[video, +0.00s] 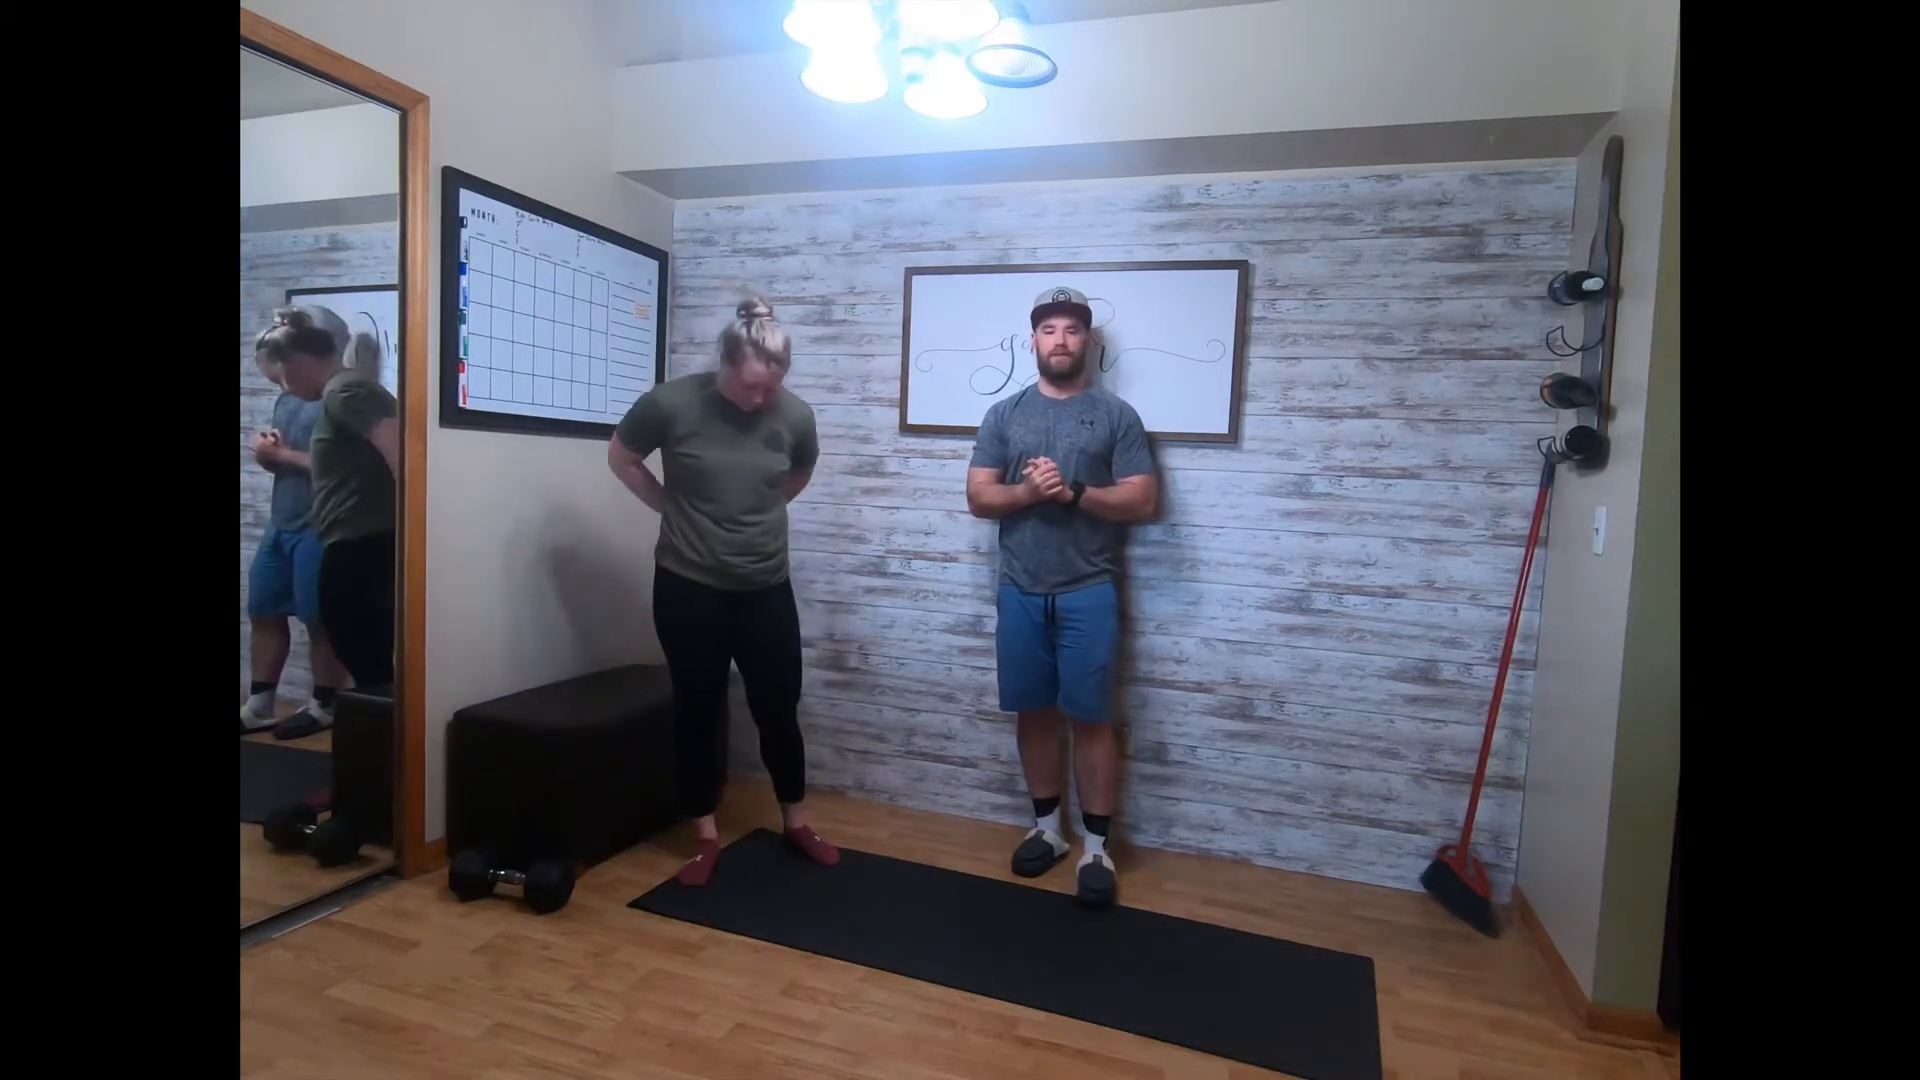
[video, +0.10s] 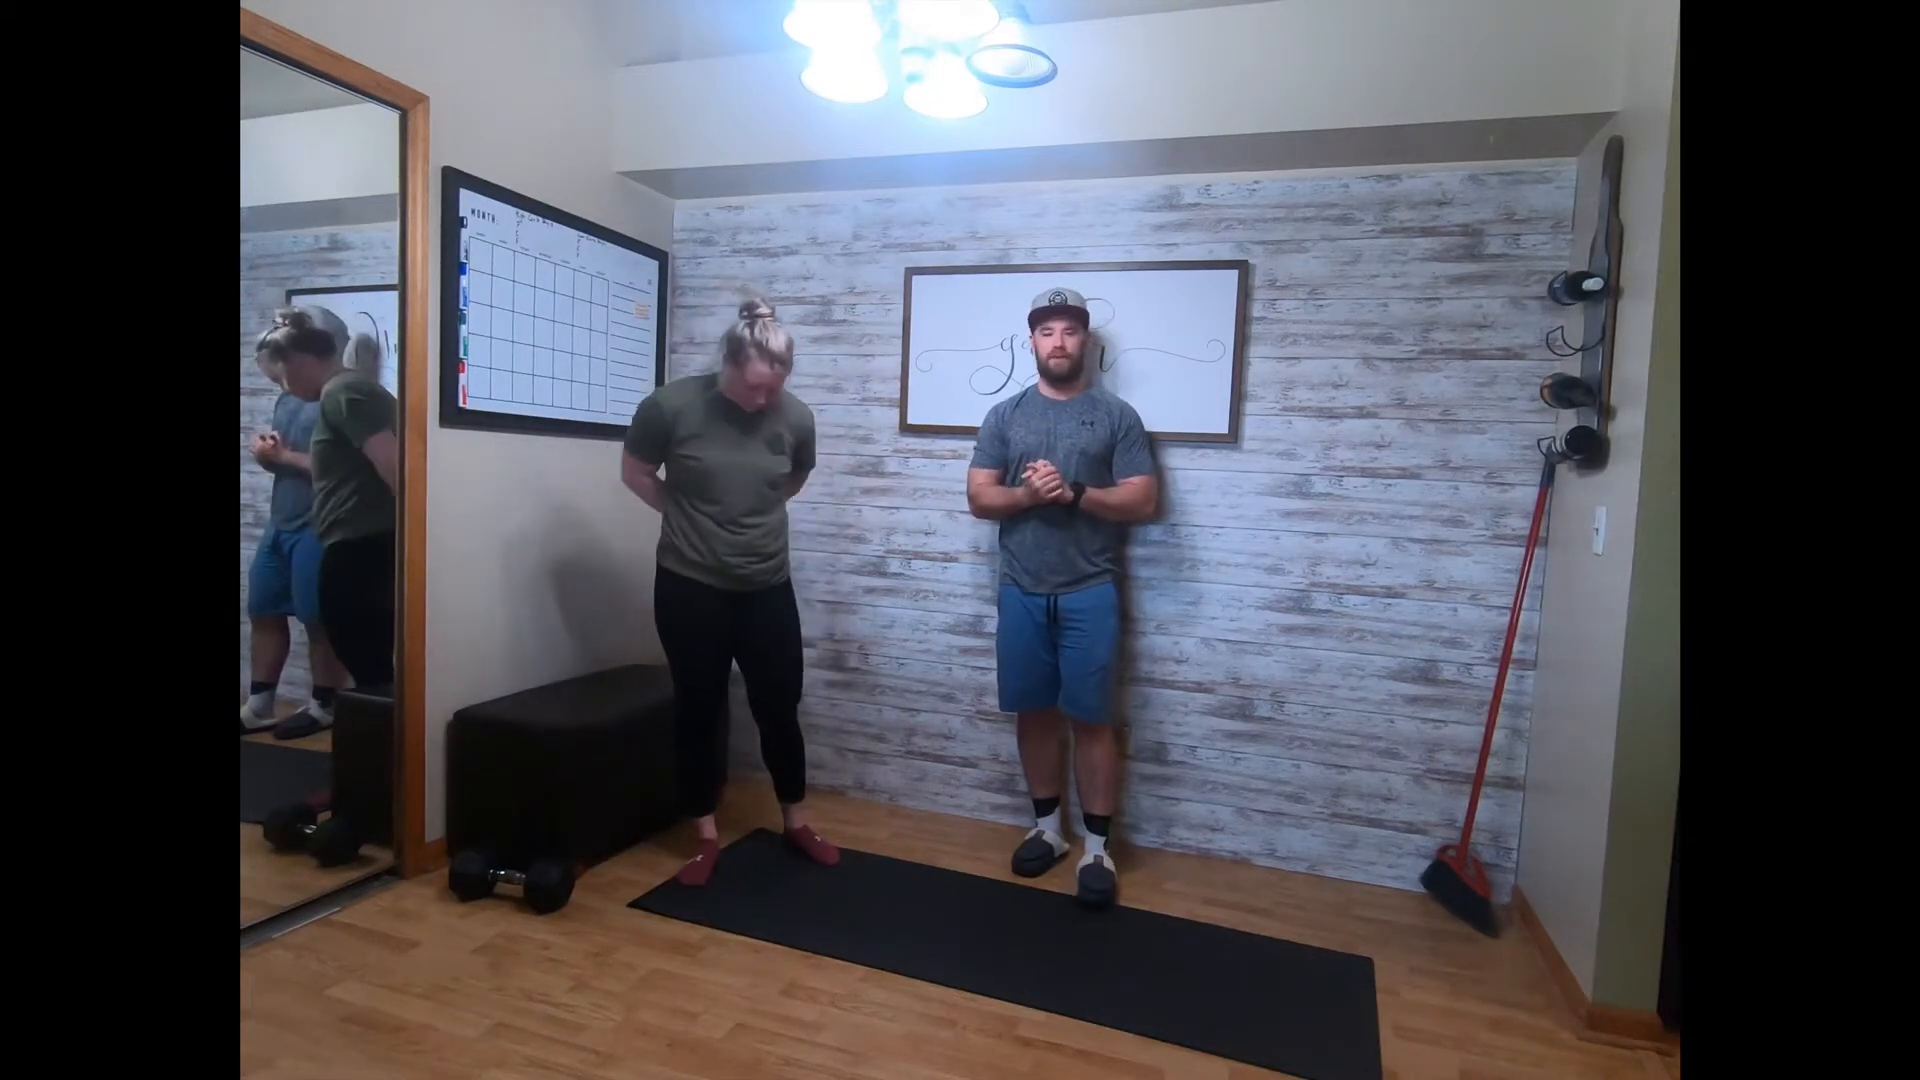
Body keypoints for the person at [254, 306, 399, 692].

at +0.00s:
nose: (287, 390)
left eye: (283, 378)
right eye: (280, 382)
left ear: (299, 359)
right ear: (312, 354)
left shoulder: (346, 391)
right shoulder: (342, 394)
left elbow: (401, 450)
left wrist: (417, 518)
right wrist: (284, 452)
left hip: (362, 547)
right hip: (356, 544)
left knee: (367, 661)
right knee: (368, 660)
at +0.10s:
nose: (287, 390)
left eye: (283, 378)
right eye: (280, 382)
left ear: (301, 359)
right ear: (315, 356)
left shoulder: (345, 393)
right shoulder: (347, 392)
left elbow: (401, 473)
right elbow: (335, 470)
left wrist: (424, 534)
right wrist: (284, 454)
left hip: (360, 549)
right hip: (361, 546)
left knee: (367, 665)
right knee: (370, 662)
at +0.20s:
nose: (287, 390)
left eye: (284, 377)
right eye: (281, 381)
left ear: (301, 360)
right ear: (318, 355)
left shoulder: (342, 395)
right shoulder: (360, 390)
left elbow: (385, 476)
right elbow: (336, 470)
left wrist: (426, 520)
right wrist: (283, 454)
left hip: (358, 548)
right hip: (371, 544)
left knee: (366, 662)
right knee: (372, 660)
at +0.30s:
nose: (286, 392)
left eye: (283, 380)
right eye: (280, 383)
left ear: (301, 361)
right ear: (319, 355)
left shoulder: (341, 396)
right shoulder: (369, 391)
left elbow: (377, 476)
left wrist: (426, 513)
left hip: (358, 548)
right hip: (376, 544)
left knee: (365, 660)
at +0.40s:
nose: (282, 397)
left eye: (277, 385)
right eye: (275, 389)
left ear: (294, 365)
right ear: (316, 355)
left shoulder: (336, 398)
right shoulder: (361, 393)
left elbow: (380, 477)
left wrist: (427, 516)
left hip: (362, 550)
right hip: (377, 547)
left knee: (369, 666)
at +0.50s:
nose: (277, 402)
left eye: (271, 389)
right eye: (269, 393)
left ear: (288, 367)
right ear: (313, 355)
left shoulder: (329, 398)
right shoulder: (363, 394)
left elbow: (374, 474)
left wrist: (423, 508)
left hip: (364, 547)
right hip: (386, 542)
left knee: (369, 657)